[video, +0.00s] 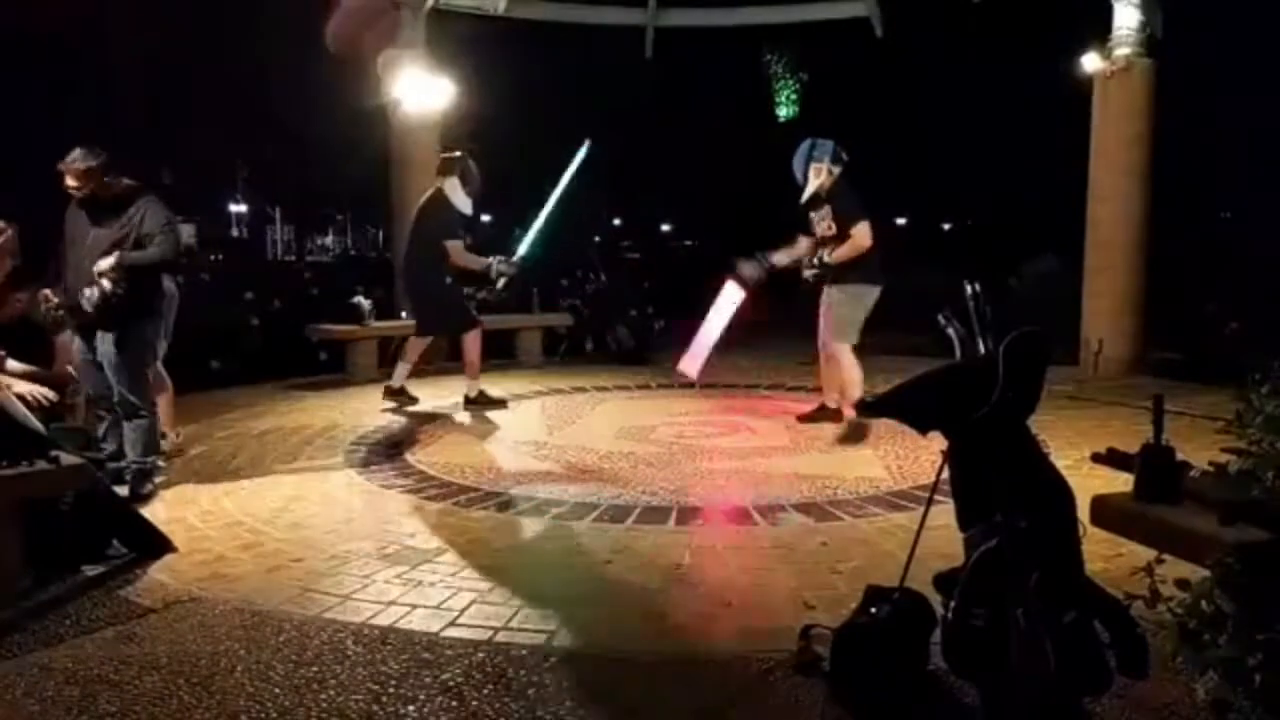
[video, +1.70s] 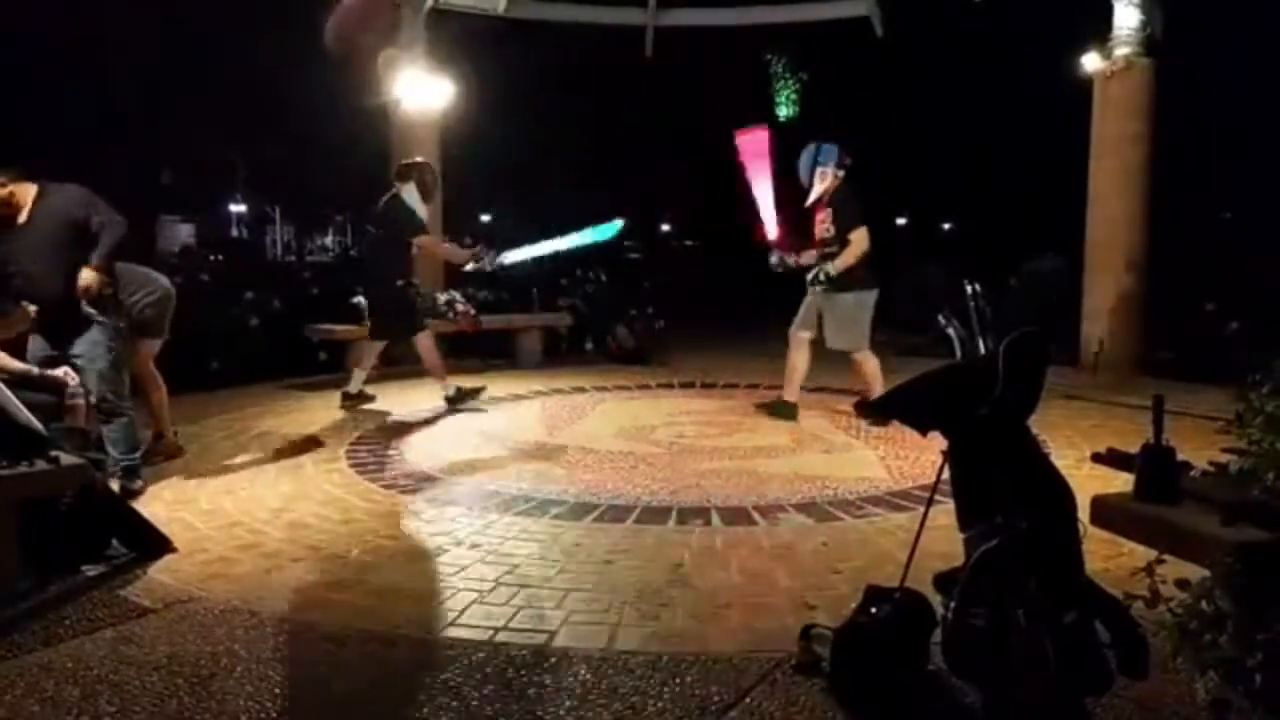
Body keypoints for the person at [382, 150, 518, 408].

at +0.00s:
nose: (476, 182)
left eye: (474, 176)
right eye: (472, 176)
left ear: (447, 175)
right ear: (461, 176)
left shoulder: (438, 200)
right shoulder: (444, 205)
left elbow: (457, 252)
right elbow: (457, 255)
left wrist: (488, 264)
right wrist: (490, 265)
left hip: (421, 277)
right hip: (432, 279)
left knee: (425, 329)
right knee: (471, 327)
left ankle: (396, 384)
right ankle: (473, 391)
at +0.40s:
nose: (463, 185)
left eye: (462, 179)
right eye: (459, 179)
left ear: (442, 181)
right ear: (446, 181)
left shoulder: (439, 207)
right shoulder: (429, 212)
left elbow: (445, 254)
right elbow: (438, 263)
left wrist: (464, 274)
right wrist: (467, 276)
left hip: (426, 285)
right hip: (428, 286)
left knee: (413, 335)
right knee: (470, 326)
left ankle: (373, 384)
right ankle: (473, 392)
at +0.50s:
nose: (451, 185)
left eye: (451, 179)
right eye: (447, 179)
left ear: (432, 180)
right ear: (435, 181)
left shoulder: (432, 208)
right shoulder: (415, 212)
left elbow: (431, 249)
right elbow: (415, 260)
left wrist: (446, 274)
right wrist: (440, 286)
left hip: (418, 277)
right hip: (410, 280)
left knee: (401, 334)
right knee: (447, 327)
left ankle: (369, 386)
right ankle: (467, 389)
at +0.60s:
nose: (448, 180)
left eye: (447, 174)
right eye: (443, 174)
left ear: (434, 176)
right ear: (430, 176)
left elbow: (432, 247)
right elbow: (405, 256)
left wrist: (438, 274)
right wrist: (424, 282)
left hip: (418, 277)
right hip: (405, 279)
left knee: (394, 333)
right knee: (435, 327)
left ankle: (369, 387)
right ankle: (450, 391)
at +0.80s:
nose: (437, 180)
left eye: (437, 174)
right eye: (433, 173)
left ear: (420, 175)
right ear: (420, 175)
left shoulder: (414, 200)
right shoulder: (402, 199)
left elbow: (413, 235)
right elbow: (403, 236)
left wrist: (436, 250)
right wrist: (429, 255)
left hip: (397, 276)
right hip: (401, 278)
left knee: (391, 331)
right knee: (431, 324)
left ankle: (367, 387)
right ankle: (422, 387)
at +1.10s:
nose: (447, 179)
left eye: (446, 173)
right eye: (443, 173)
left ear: (423, 175)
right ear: (430, 175)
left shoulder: (419, 201)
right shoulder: (413, 202)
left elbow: (432, 235)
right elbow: (428, 234)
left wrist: (458, 232)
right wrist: (460, 232)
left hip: (402, 285)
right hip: (408, 286)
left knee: (401, 333)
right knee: (452, 324)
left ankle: (369, 387)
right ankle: (459, 391)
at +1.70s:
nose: (434, 189)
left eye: (434, 182)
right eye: (431, 182)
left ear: (406, 181)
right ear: (420, 182)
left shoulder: (390, 204)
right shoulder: (400, 208)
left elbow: (422, 243)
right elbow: (430, 245)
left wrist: (460, 254)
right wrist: (467, 256)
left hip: (380, 281)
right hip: (393, 283)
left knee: (379, 336)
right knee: (421, 332)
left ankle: (353, 389)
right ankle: (449, 389)